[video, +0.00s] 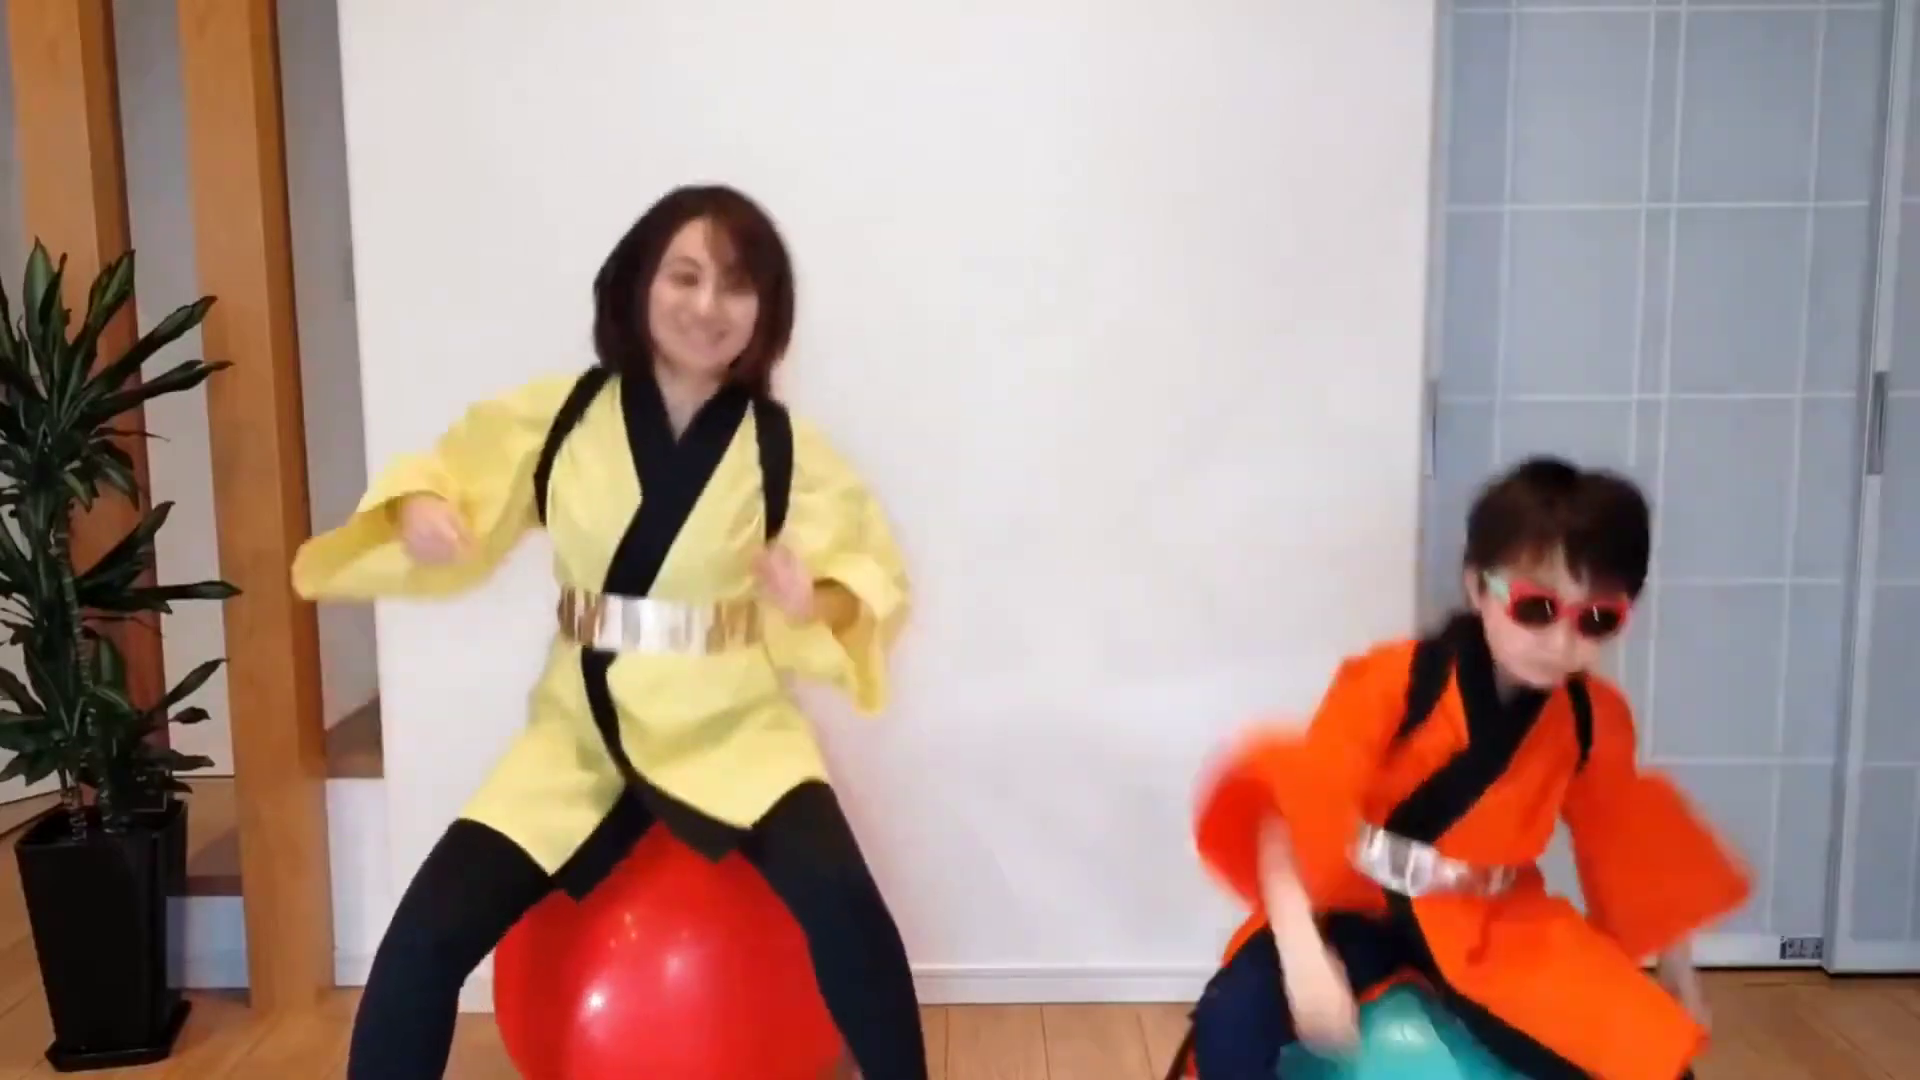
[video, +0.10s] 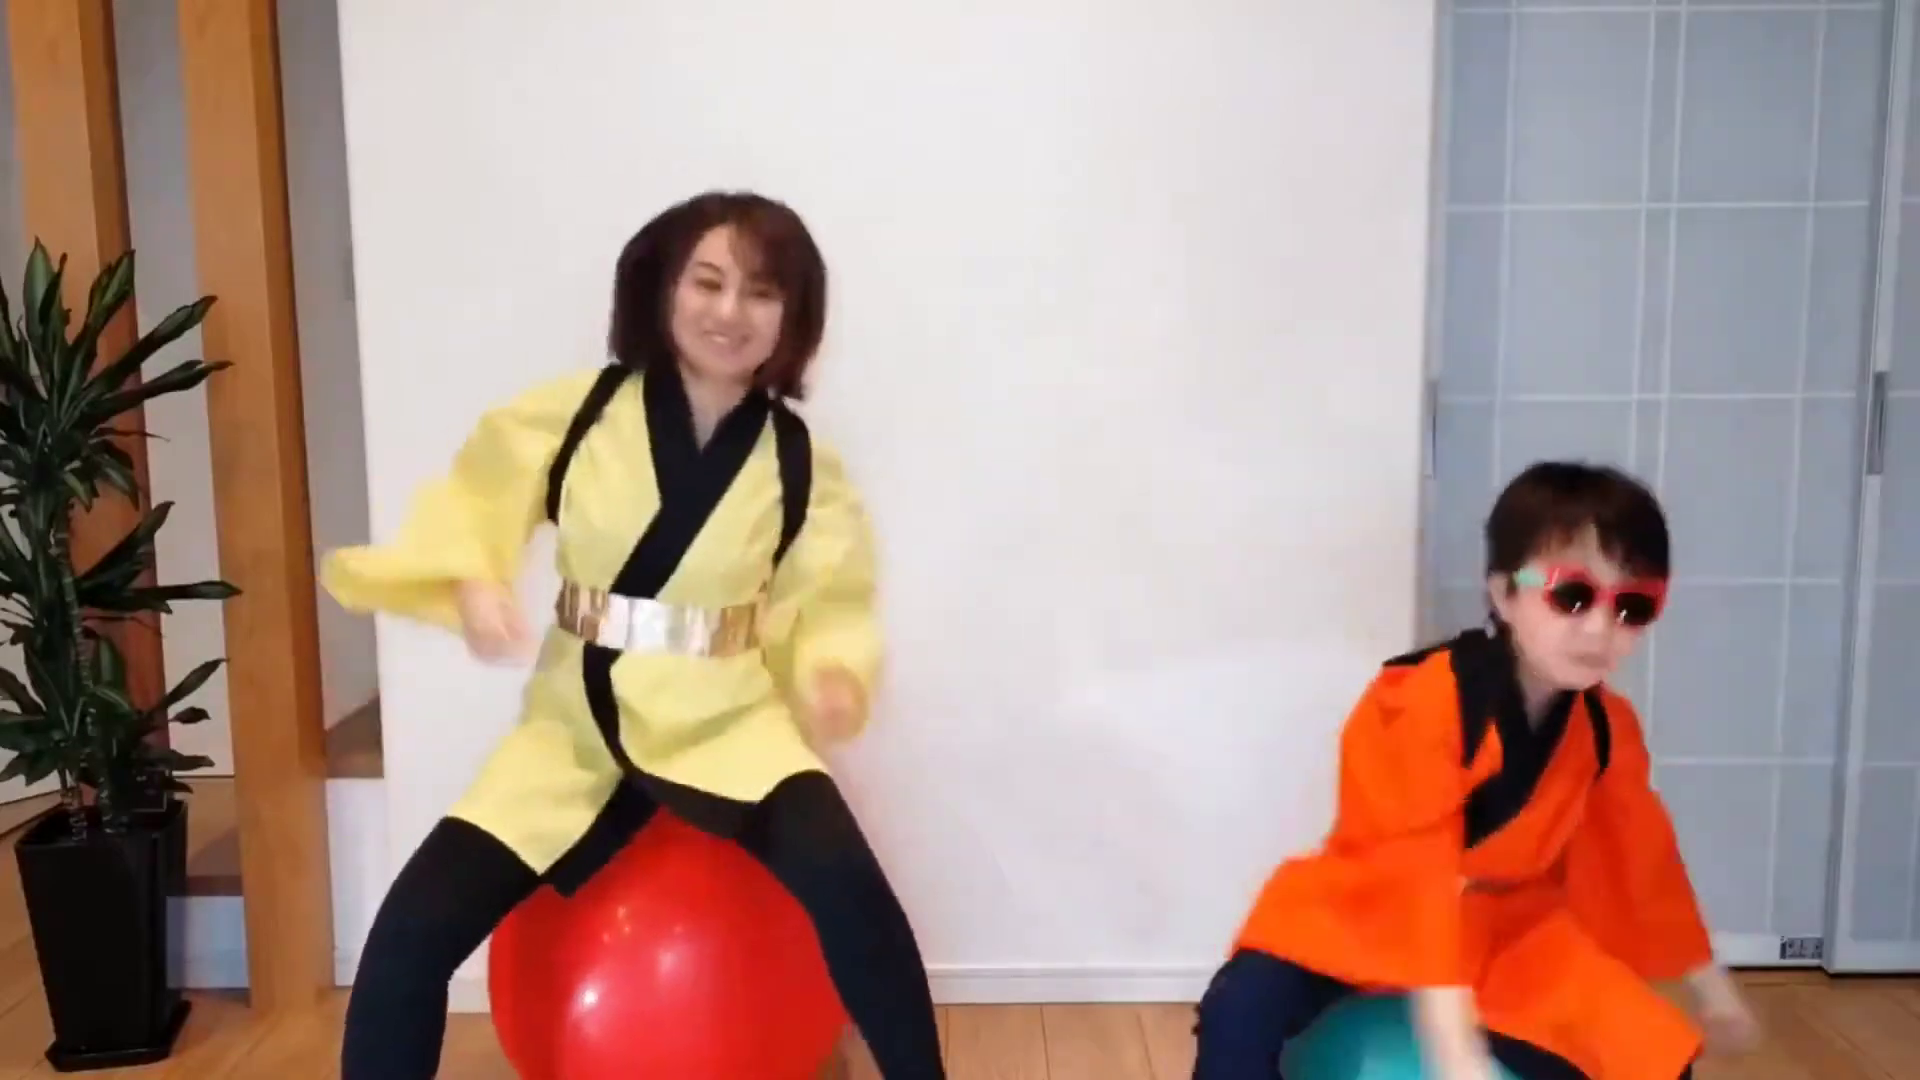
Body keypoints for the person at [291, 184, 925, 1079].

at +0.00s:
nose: (708, 306)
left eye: (736, 285)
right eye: (684, 277)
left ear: (766, 312)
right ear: (639, 289)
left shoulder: (783, 446)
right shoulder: (564, 411)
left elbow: (870, 580)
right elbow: (441, 474)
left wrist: (812, 600)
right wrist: (421, 507)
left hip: (734, 732)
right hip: (581, 736)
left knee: (846, 907)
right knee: (425, 937)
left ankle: (900, 1074)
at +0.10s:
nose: (730, 312)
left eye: (760, 292)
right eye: (707, 282)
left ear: (793, 319)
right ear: (662, 294)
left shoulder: (801, 462)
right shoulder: (578, 411)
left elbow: (833, 601)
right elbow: (471, 501)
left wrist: (832, 674)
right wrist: (476, 580)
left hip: (733, 733)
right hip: (577, 735)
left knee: (849, 882)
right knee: (408, 933)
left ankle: (917, 1072)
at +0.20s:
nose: (737, 367)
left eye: (766, 348)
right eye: (716, 339)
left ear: (799, 375)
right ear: (675, 356)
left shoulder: (805, 531)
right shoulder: (588, 484)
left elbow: (824, 694)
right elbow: (491, 623)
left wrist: (875, 827)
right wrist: (498, 747)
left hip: (735, 787)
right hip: (577, 782)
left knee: (857, 935)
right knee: (394, 940)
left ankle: (915, 1073)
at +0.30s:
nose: (720, 419)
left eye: (748, 400)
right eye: (695, 397)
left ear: (780, 428)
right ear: (657, 417)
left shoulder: (797, 588)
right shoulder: (588, 547)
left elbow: (867, 728)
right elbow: (509, 666)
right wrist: (493, 742)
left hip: (734, 846)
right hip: (578, 842)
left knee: (854, 921)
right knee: (401, 940)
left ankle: (910, 1077)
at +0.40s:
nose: (701, 376)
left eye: (728, 355)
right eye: (676, 354)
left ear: (763, 382)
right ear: (641, 376)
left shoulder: (789, 533)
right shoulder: (583, 507)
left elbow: (911, 655)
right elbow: (508, 640)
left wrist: (1023, 627)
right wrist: (497, 544)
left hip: (750, 822)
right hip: (598, 824)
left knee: (866, 918)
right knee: (421, 941)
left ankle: (918, 1070)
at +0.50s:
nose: (686, 300)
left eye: (713, 279)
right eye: (660, 276)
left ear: (747, 303)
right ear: (622, 298)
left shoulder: (785, 447)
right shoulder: (570, 437)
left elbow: (923, 597)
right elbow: (464, 571)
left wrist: (936, 481)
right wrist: (496, 431)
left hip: (766, 747)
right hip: (611, 752)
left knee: (882, 929)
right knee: (440, 924)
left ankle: (922, 1071)